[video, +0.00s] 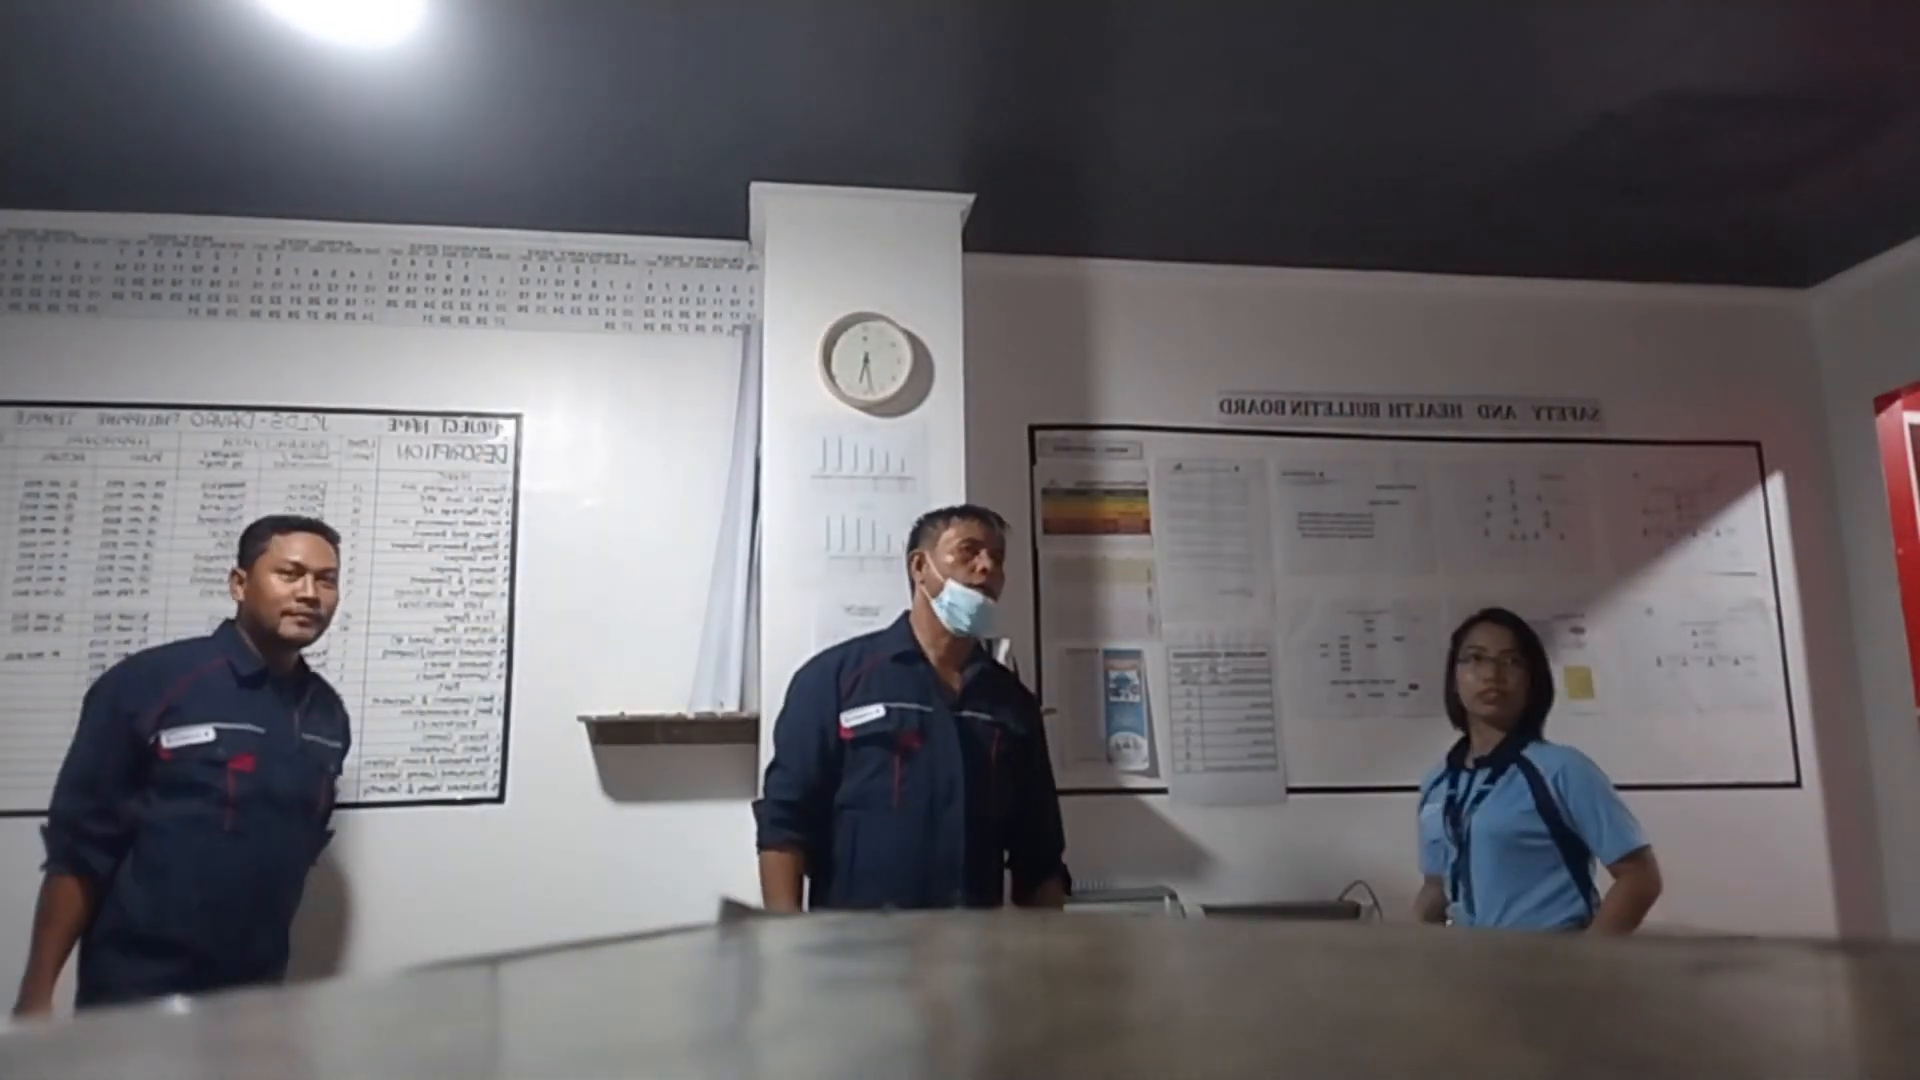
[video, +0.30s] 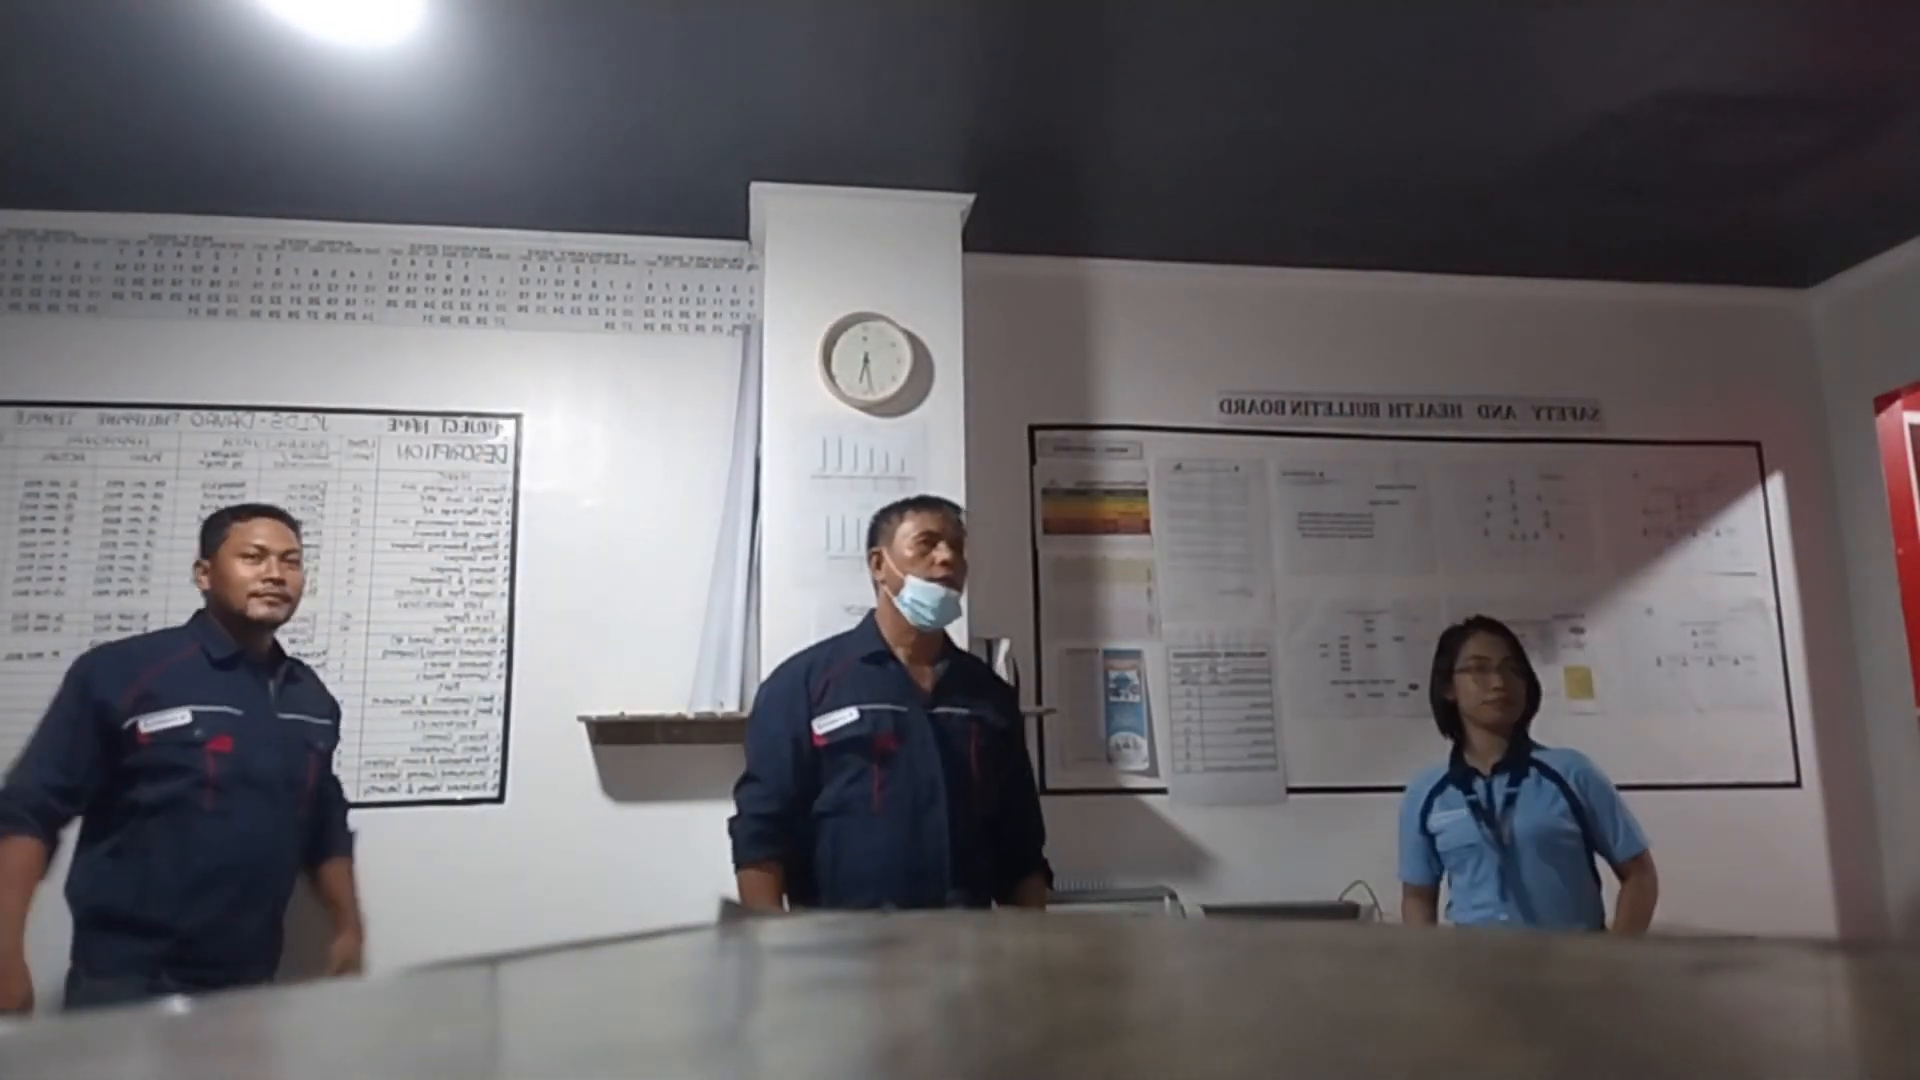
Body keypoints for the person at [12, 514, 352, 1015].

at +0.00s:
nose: (311, 594)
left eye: (325, 579)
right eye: (290, 574)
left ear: (337, 597)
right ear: (241, 585)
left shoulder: (327, 717)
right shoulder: (141, 688)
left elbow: (293, 859)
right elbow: (80, 853)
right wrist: (35, 998)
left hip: (252, 1000)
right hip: (133, 1000)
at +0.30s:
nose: (274, 574)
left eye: (289, 560)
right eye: (253, 557)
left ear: (304, 581)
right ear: (205, 575)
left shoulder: (312, 704)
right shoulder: (114, 676)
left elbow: (324, 824)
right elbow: (26, 815)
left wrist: (349, 926)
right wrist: (8, 955)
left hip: (243, 989)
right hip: (122, 986)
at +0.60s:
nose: (213, 576)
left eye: (229, 561)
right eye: (189, 559)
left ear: (245, 579)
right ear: (143, 579)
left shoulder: (277, 692)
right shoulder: (65, 690)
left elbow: (338, 789)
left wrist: (437, 826)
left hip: (222, 986)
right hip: (91, 991)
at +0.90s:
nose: (126, 573)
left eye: (138, 548)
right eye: (96, 563)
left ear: (162, 554)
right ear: (59, 585)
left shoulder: (223, 677)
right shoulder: (30, 676)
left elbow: (283, 794)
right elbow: (16, 637)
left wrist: (360, 888)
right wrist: (64, 537)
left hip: (180, 1002)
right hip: (48, 1009)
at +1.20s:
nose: (130, 555)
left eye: (135, 531)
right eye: (95, 545)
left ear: (153, 534)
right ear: (41, 574)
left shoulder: (195, 672)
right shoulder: (13, 663)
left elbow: (218, 795)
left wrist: (292, 872)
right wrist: (8, 514)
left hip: (159, 1002)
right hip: (29, 1010)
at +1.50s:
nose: (139, 549)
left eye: (154, 529)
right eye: (110, 529)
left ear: (173, 542)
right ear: (52, 547)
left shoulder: (190, 682)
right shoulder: (11, 658)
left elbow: (237, 811)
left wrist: (345, 897)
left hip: (166, 1003)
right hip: (29, 1009)